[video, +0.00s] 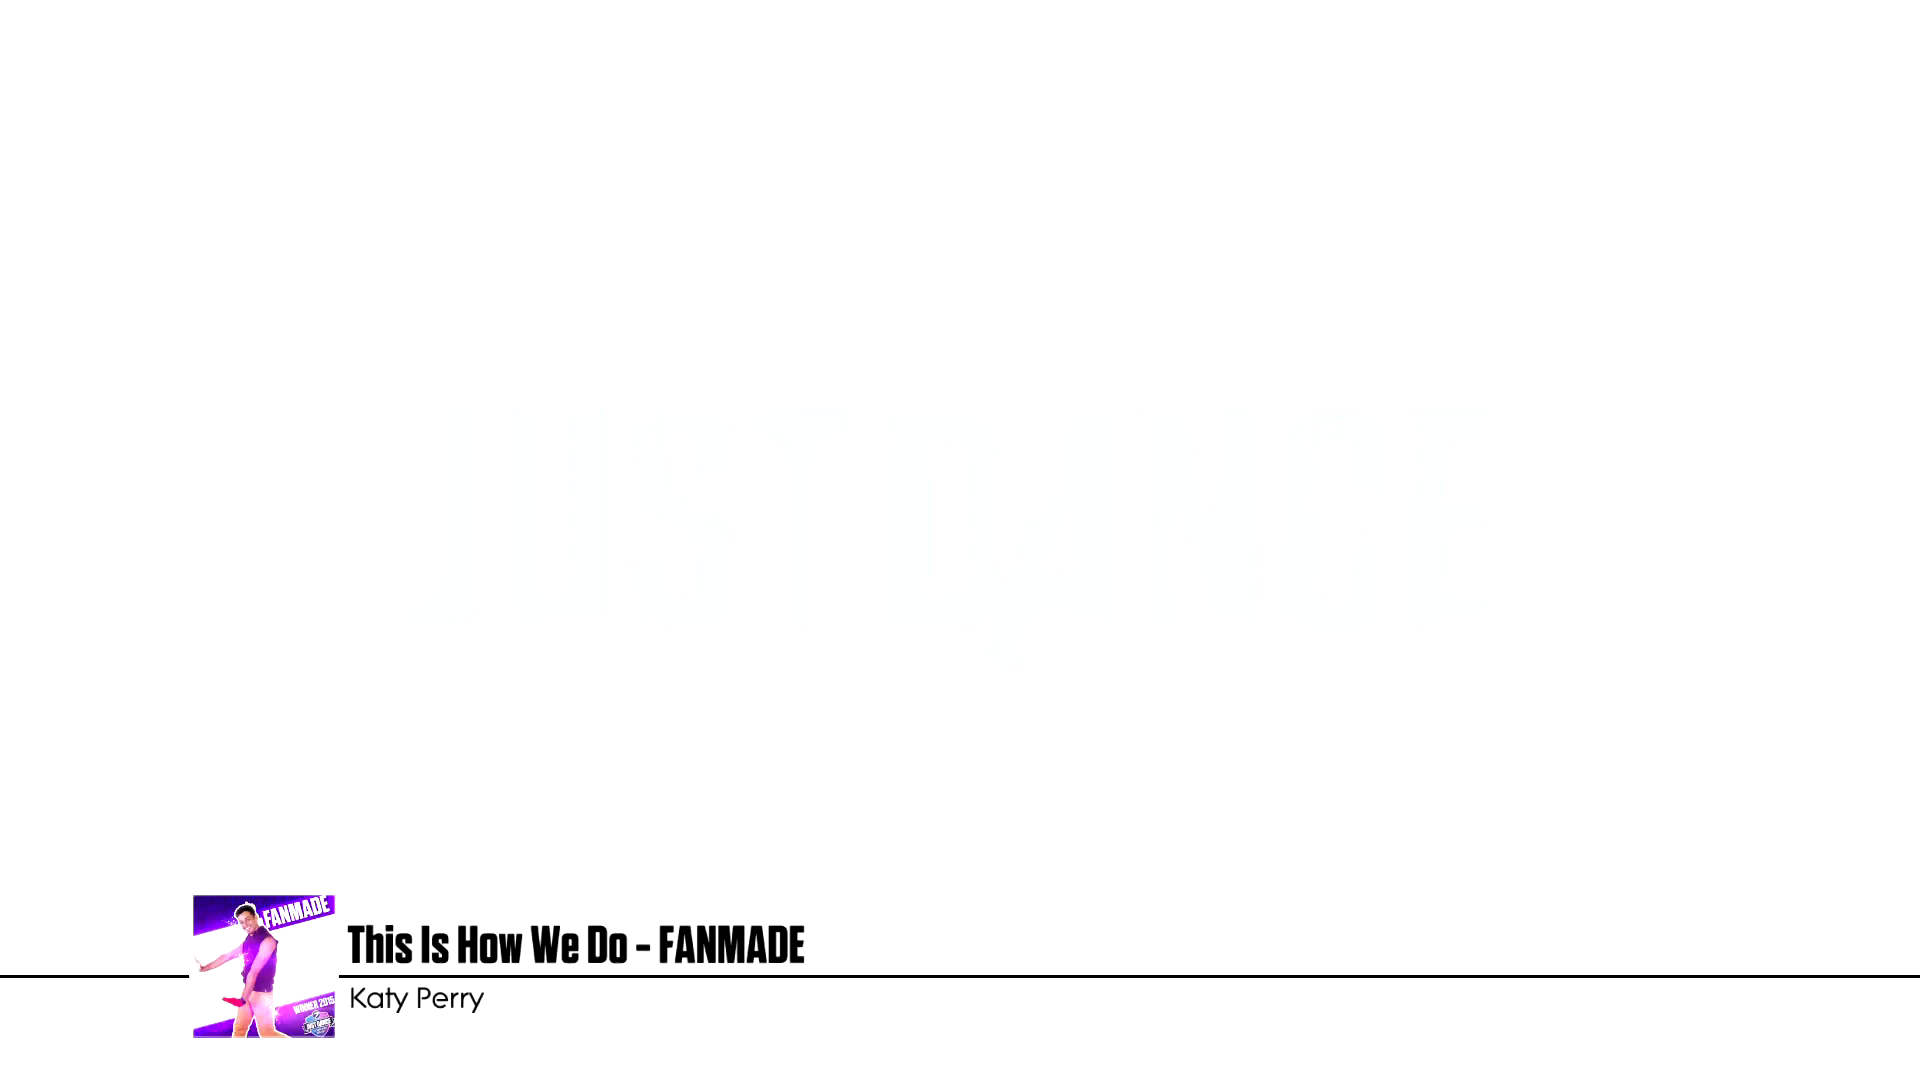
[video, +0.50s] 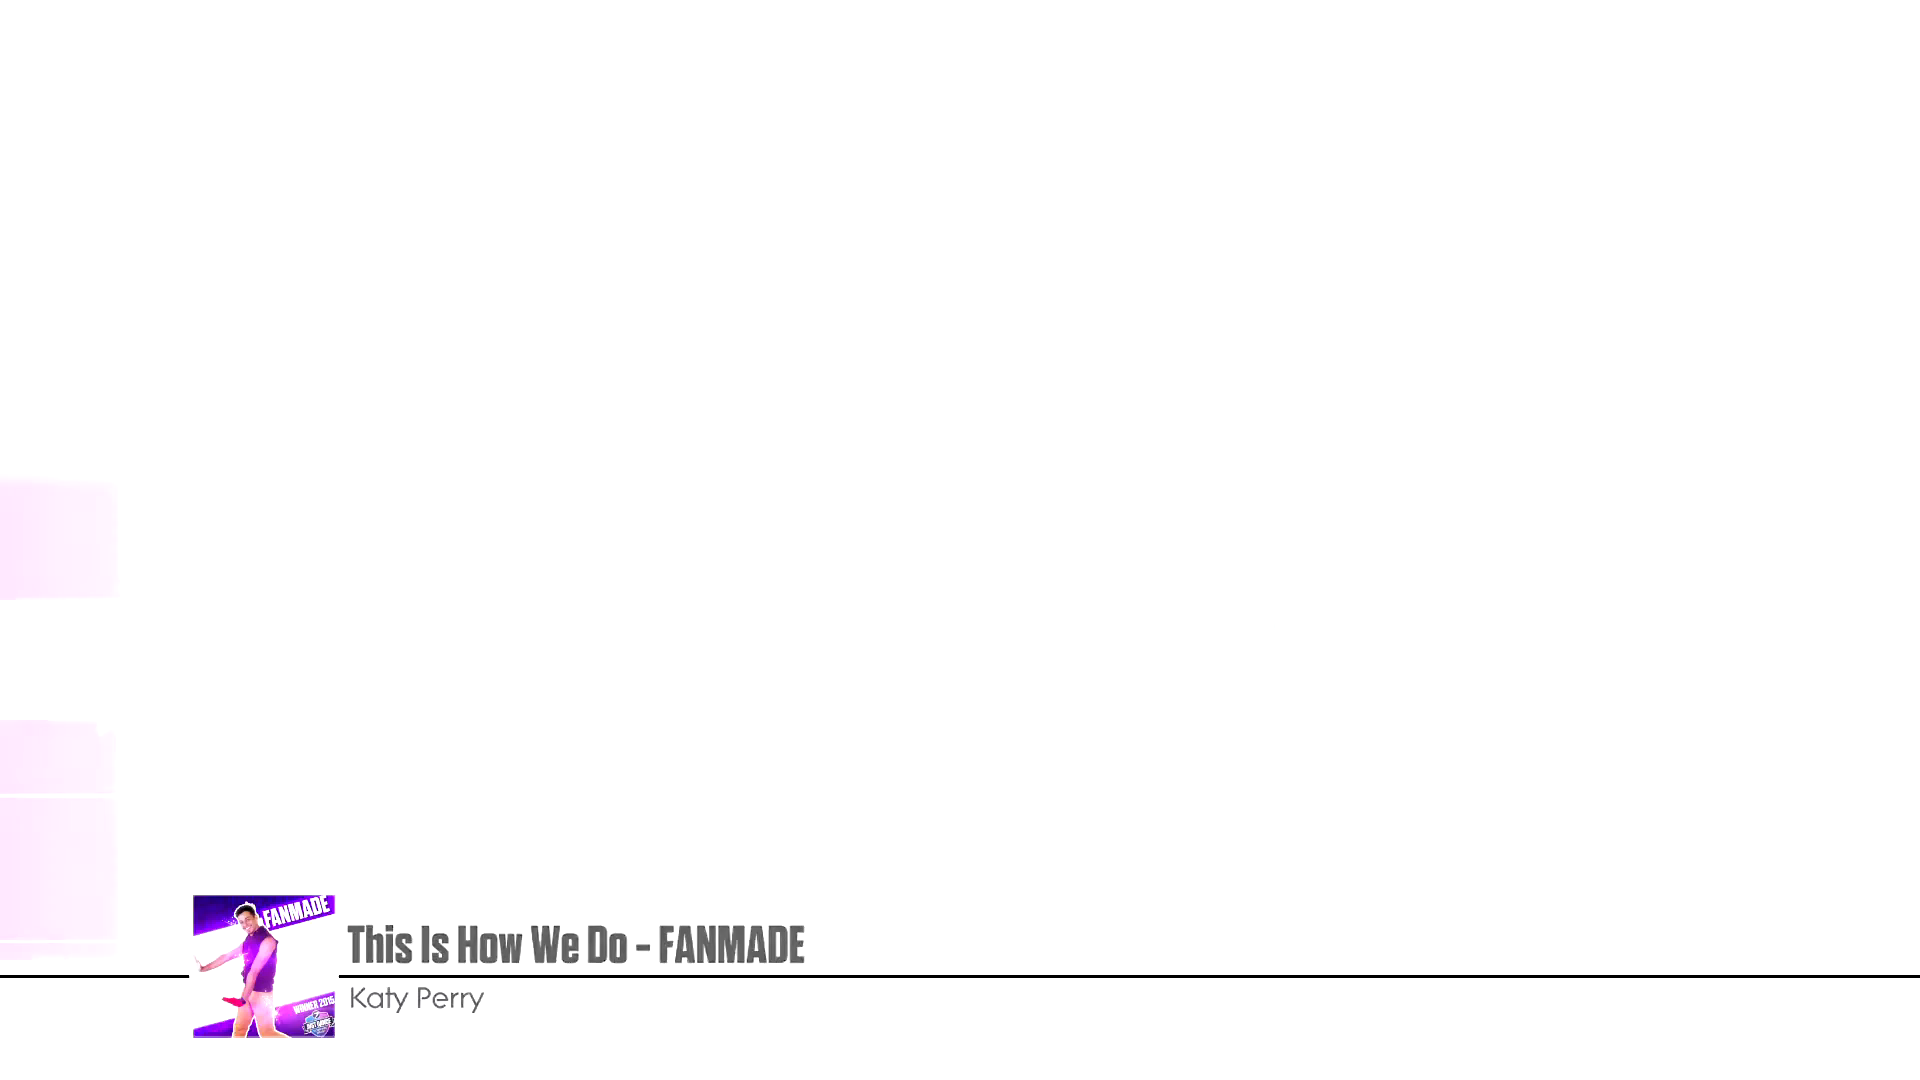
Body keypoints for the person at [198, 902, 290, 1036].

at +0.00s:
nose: (245, 924)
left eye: (248, 919)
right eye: (241, 922)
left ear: (256, 917)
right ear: (239, 924)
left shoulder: (268, 940)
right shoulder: (249, 940)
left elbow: (254, 972)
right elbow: (228, 956)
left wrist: (243, 998)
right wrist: (205, 968)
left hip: (262, 992)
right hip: (248, 990)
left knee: (267, 1033)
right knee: (239, 1030)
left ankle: (300, 1048)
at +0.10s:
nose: (245, 924)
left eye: (248, 919)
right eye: (241, 922)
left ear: (256, 917)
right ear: (239, 924)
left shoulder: (268, 940)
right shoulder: (249, 940)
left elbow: (254, 972)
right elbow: (228, 956)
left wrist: (243, 998)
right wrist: (205, 968)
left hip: (262, 992)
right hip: (248, 990)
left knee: (267, 1033)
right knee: (239, 1030)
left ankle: (300, 1048)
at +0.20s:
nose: (245, 924)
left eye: (248, 919)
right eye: (241, 922)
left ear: (256, 917)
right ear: (239, 924)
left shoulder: (268, 940)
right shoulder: (249, 940)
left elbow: (254, 972)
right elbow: (228, 956)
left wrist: (243, 998)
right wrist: (205, 968)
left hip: (262, 992)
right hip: (248, 990)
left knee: (267, 1033)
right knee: (239, 1030)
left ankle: (300, 1048)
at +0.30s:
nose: (245, 924)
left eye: (248, 919)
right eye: (241, 922)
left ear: (256, 917)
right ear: (239, 924)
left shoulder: (268, 940)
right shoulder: (249, 940)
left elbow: (254, 972)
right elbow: (228, 956)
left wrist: (243, 998)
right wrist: (205, 968)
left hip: (262, 992)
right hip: (248, 990)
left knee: (267, 1033)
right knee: (239, 1030)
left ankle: (300, 1048)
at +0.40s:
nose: (245, 924)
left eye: (248, 919)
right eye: (241, 922)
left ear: (256, 917)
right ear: (239, 924)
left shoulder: (268, 940)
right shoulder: (249, 940)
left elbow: (254, 971)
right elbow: (228, 956)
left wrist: (243, 998)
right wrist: (205, 968)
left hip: (262, 992)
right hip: (248, 991)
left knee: (267, 1033)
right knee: (239, 1030)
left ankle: (299, 1048)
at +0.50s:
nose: (245, 924)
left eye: (248, 919)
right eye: (241, 922)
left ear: (256, 917)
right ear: (239, 924)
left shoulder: (268, 940)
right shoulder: (249, 940)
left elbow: (254, 971)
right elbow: (228, 956)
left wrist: (243, 998)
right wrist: (205, 968)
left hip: (262, 992)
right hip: (248, 991)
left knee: (267, 1033)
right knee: (239, 1030)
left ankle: (299, 1048)